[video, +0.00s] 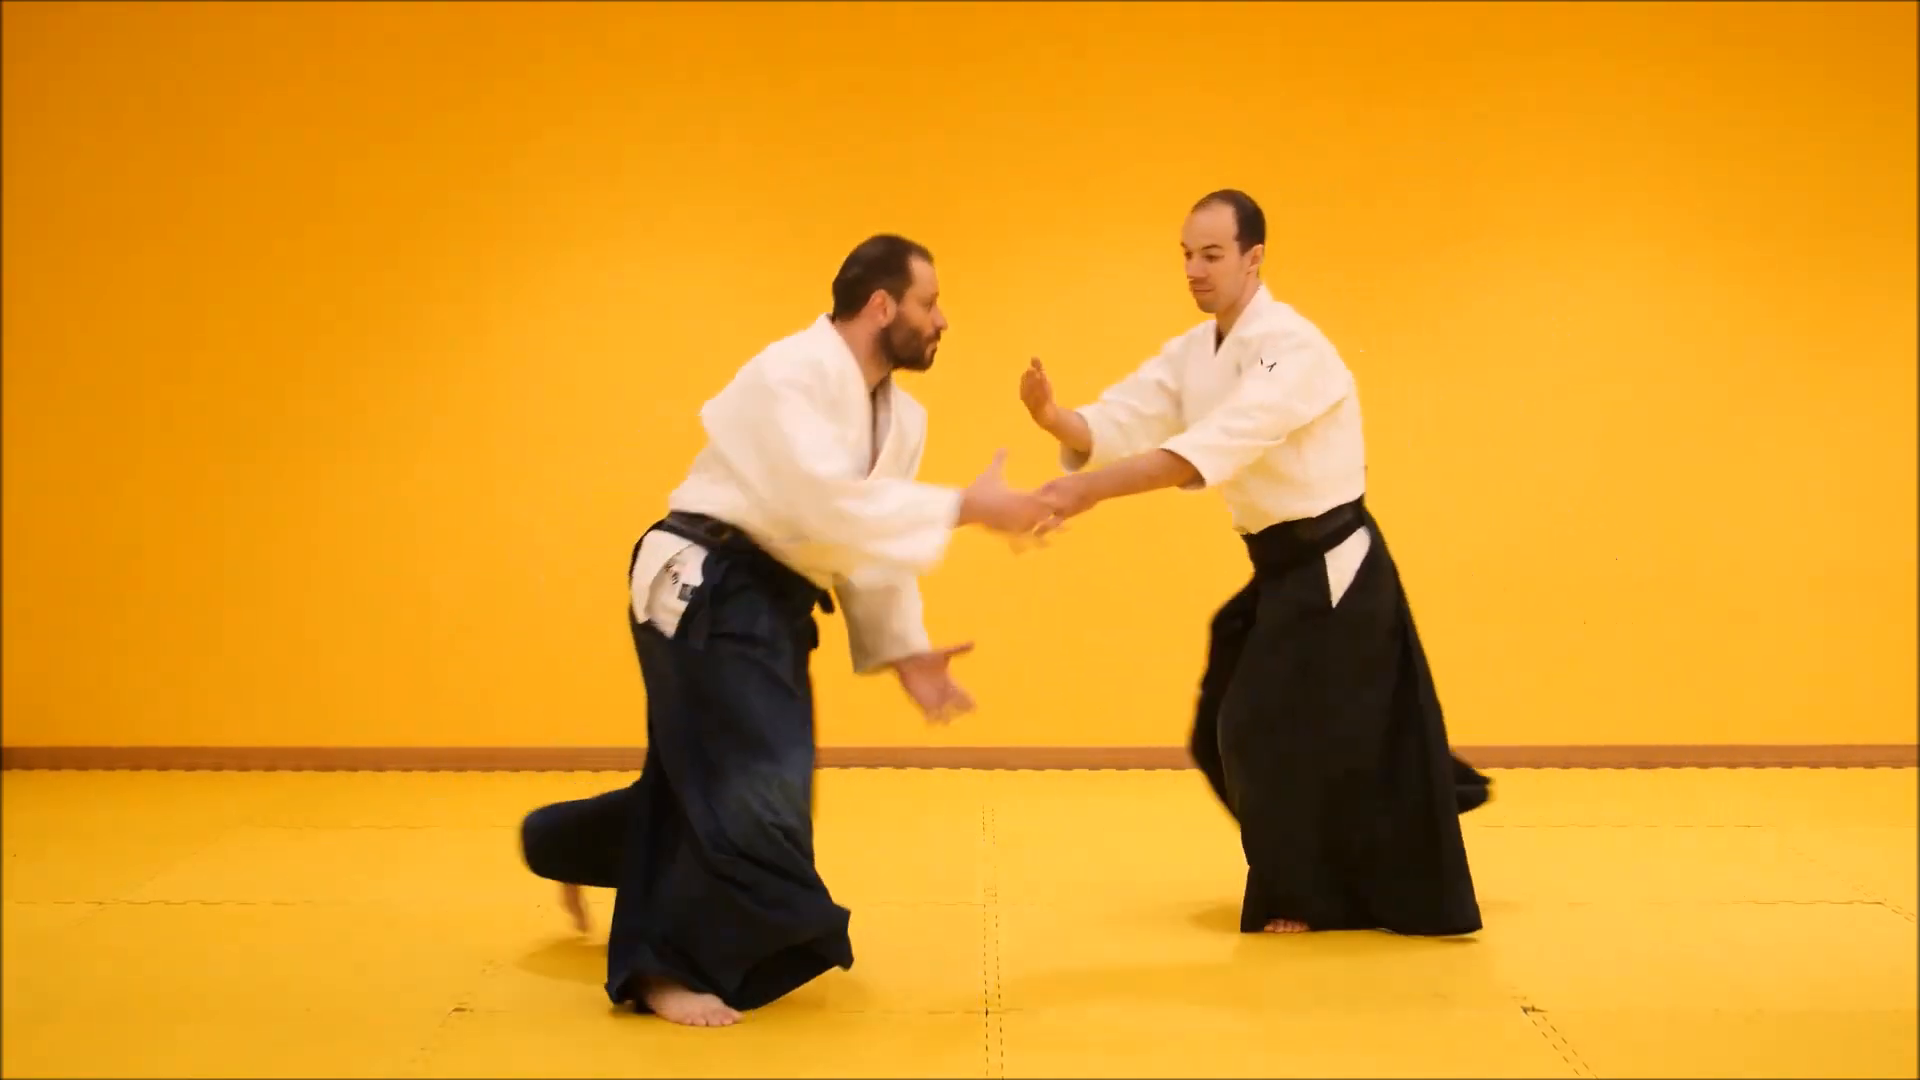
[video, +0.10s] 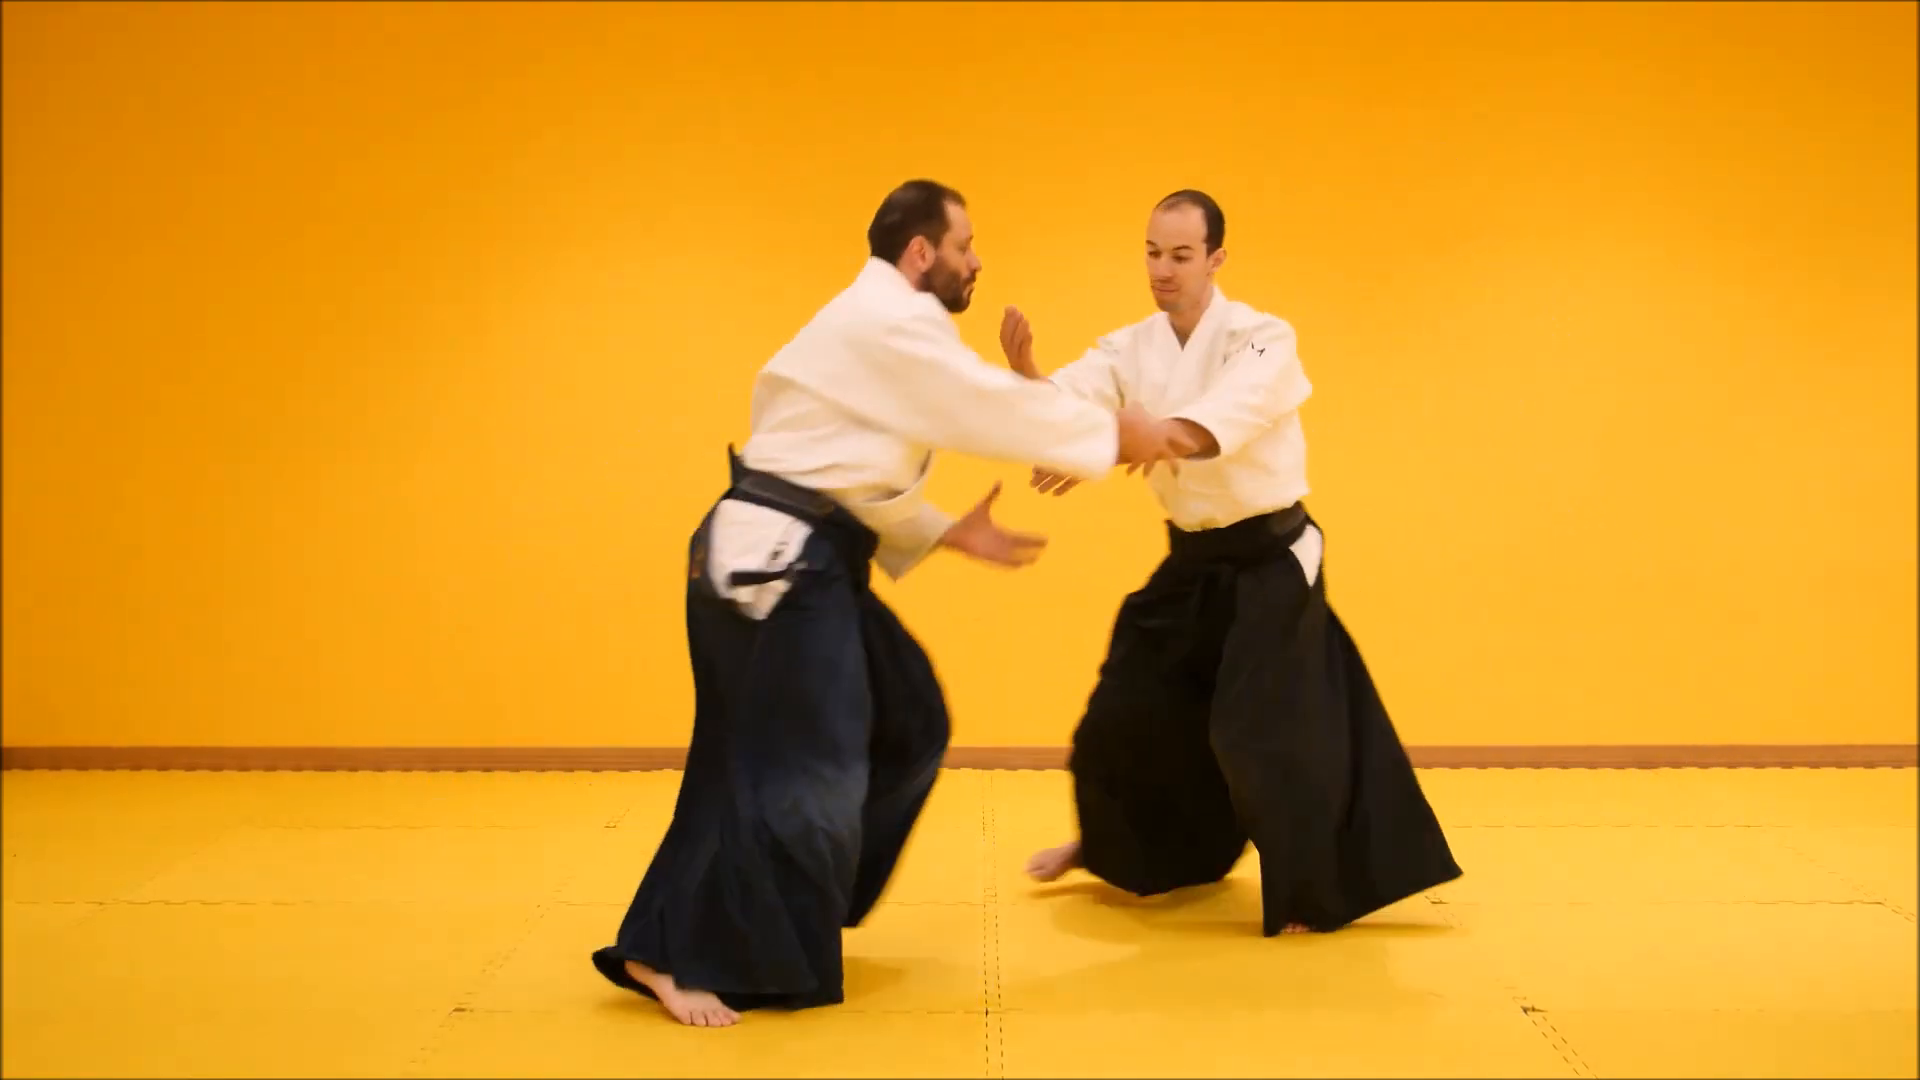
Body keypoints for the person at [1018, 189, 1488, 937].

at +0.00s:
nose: (1196, 270)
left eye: (1212, 255)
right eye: (1188, 256)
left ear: (1254, 257)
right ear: (1184, 261)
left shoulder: (1294, 353)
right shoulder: (1196, 352)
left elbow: (1197, 459)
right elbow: (1112, 428)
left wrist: (1085, 489)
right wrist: (1054, 419)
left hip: (1335, 569)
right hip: (1278, 573)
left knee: (1260, 729)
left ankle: (1295, 894)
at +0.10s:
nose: (1162, 269)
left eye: (1179, 255)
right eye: (1153, 254)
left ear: (1216, 258)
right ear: (1143, 257)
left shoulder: (1266, 344)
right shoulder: (1131, 348)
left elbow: (1218, 426)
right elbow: (1066, 402)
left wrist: (1116, 444)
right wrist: (1028, 380)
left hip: (1271, 557)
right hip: (1191, 560)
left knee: (1257, 721)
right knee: (1118, 713)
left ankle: (1306, 889)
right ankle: (1108, 838)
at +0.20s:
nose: (1153, 267)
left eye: (1169, 256)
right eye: (1143, 248)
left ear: (1183, 259)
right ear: (1113, 237)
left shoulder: (1205, 321)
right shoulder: (1074, 318)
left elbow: (1270, 375)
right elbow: (1056, 418)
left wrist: (1219, 387)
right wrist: (1081, 326)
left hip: (1177, 551)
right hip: (1090, 553)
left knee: (1232, 720)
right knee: (1052, 717)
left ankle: (1311, 886)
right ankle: (1022, 881)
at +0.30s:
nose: (1136, 275)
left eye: (1145, 268)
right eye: (1128, 262)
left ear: (1111, 257)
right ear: (1089, 248)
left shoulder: (1119, 327)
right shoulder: (1046, 316)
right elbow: (1083, 410)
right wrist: (1142, 287)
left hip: (1069, 522)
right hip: (1033, 521)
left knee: (1144, 681)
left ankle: (1212, 840)